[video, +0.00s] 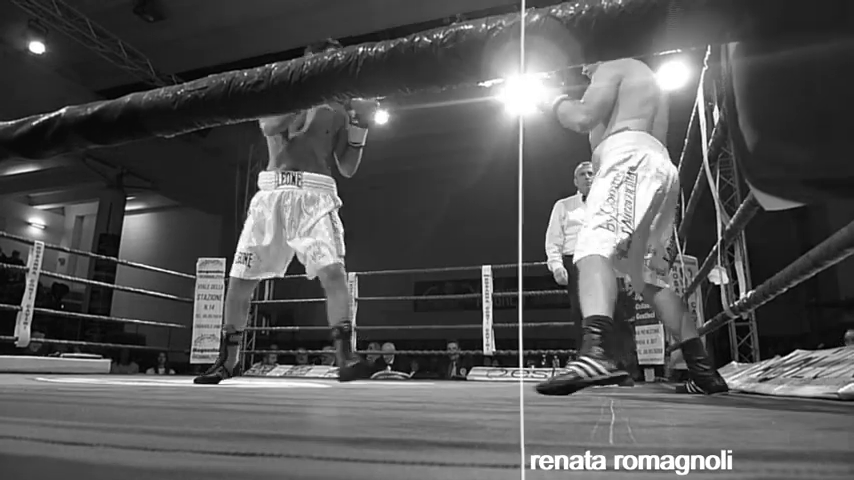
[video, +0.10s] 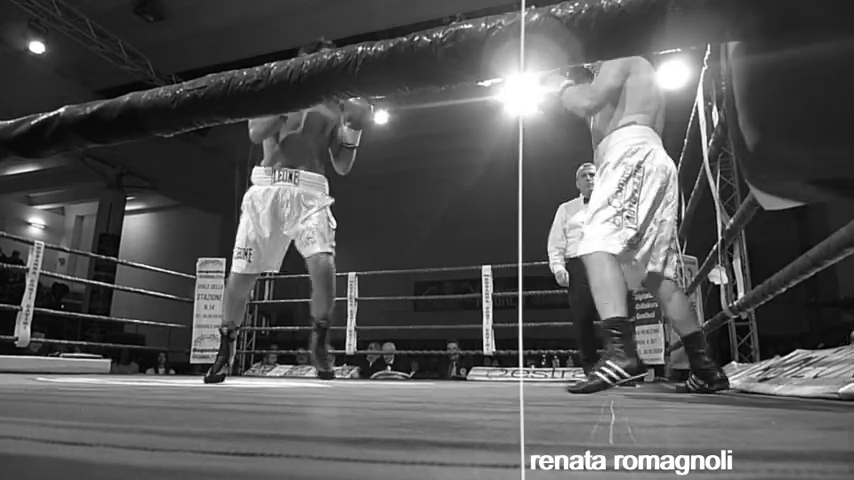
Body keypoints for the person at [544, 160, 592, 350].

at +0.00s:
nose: (587, 177)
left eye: (590, 173)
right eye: (582, 174)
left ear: (596, 177)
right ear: (575, 181)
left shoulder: (604, 203)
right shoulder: (563, 206)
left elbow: (615, 233)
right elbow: (553, 240)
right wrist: (556, 265)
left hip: (601, 259)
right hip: (574, 261)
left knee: (603, 306)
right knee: (581, 310)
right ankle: (584, 353)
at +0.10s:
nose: (589, 178)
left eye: (592, 175)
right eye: (584, 176)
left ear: (599, 179)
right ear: (577, 182)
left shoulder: (606, 206)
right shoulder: (566, 209)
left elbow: (616, 235)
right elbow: (555, 242)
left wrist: (615, 259)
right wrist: (558, 267)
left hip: (603, 260)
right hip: (577, 262)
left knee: (609, 310)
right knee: (582, 314)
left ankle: (615, 360)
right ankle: (589, 363)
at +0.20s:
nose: (588, 179)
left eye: (592, 174)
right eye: (584, 176)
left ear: (599, 178)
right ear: (578, 182)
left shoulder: (608, 205)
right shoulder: (569, 210)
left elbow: (617, 234)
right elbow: (560, 242)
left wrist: (618, 261)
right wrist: (560, 269)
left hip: (607, 263)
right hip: (579, 266)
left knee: (619, 315)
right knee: (580, 318)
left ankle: (621, 368)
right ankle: (593, 370)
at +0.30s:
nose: (586, 178)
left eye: (589, 174)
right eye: (581, 176)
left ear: (597, 177)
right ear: (575, 183)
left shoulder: (608, 202)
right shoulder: (569, 209)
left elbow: (617, 233)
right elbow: (561, 242)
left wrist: (616, 261)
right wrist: (560, 270)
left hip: (605, 263)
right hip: (578, 266)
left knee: (617, 314)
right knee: (580, 317)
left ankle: (622, 367)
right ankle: (593, 367)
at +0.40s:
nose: (581, 175)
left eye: (585, 171)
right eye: (576, 173)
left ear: (594, 174)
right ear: (572, 181)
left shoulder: (607, 200)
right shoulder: (569, 208)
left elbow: (615, 232)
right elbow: (562, 242)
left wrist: (612, 260)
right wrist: (559, 270)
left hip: (603, 259)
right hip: (577, 261)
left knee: (616, 309)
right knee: (575, 312)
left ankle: (622, 362)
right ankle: (588, 362)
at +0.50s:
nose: (573, 181)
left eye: (577, 177)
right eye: (568, 179)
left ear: (588, 180)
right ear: (564, 187)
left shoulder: (600, 205)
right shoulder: (567, 215)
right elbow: (562, 252)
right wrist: (560, 279)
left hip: (603, 270)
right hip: (574, 273)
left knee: (613, 316)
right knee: (571, 317)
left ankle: (624, 362)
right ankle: (580, 359)